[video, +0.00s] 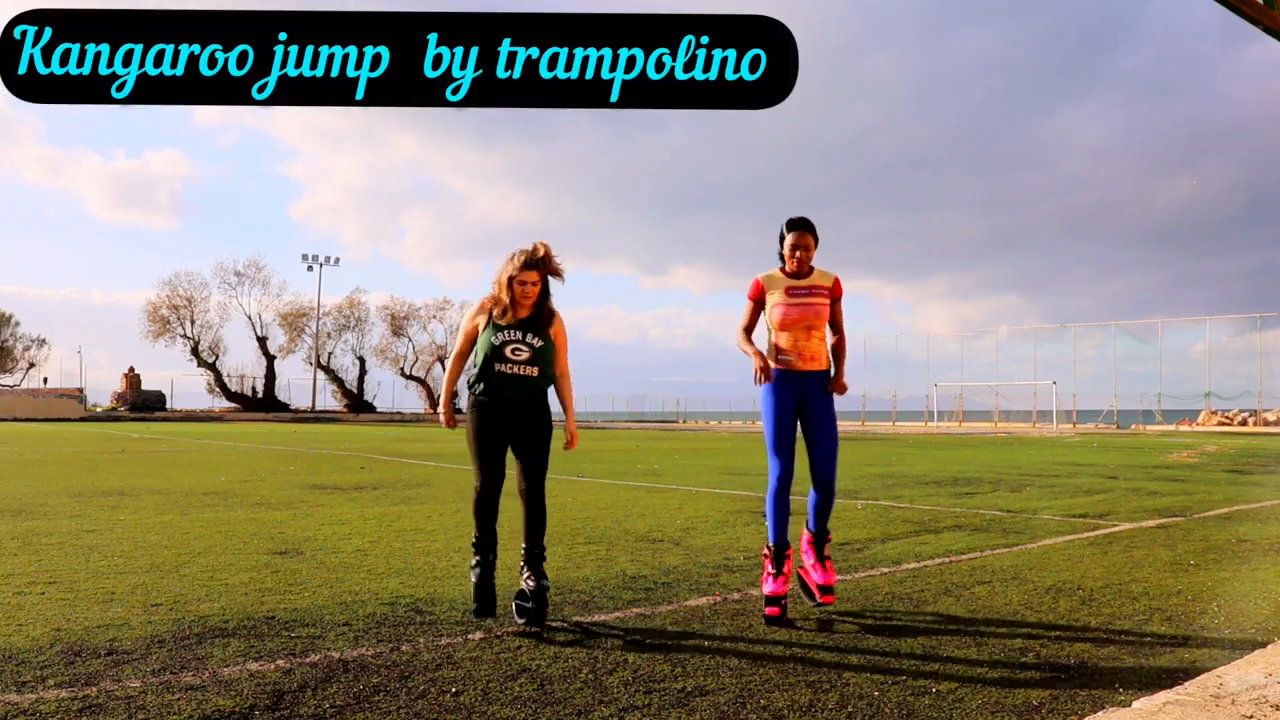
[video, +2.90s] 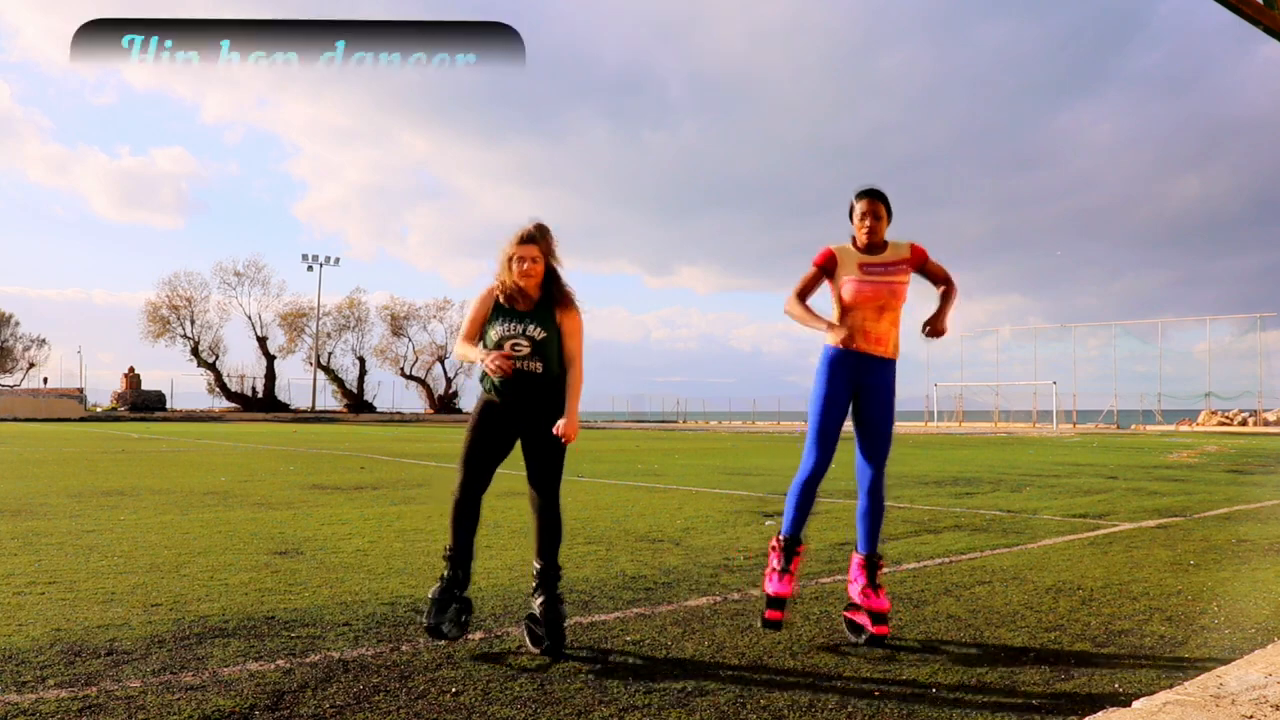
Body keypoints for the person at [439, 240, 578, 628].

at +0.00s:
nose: (528, 290)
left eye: (535, 284)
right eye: (522, 282)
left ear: (543, 285)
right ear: (507, 281)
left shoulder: (551, 320)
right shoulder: (483, 313)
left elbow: (561, 371)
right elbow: (458, 357)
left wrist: (570, 418)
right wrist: (446, 398)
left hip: (533, 414)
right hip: (486, 412)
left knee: (533, 491)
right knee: (488, 486)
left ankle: (533, 570)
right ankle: (483, 562)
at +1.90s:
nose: (542, 271)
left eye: (550, 266)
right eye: (535, 264)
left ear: (559, 274)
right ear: (521, 267)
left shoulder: (571, 318)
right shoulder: (497, 308)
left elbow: (596, 371)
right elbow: (470, 361)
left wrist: (617, 413)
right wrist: (456, 411)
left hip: (548, 424)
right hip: (498, 421)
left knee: (547, 513)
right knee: (498, 511)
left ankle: (547, 604)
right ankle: (493, 606)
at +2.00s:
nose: (555, 250)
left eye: (565, 246)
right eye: (549, 242)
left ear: (576, 254)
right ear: (537, 245)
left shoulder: (584, 297)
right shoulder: (511, 281)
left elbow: (609, 342)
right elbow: (477, 330)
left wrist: (612, 356)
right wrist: (451, 378)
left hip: (545, 402)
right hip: (495, 397)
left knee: (546, 493)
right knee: (487, 485)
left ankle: (548, 592)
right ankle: (475, 587)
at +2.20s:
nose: (562, 279)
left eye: (571, 272)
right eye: (556, 270)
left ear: (584, 279)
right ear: (544, 273)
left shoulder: (592, 325)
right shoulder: (522, 308)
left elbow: (616, 383)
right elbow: (483, 353)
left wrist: (621, 355)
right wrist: (446, 398)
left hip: (556, 425)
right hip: (505, 414)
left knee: (551, 514)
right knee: (464, 493)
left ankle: (540, 608)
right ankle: (413, 586)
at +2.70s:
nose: (564, 283)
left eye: (571, 277)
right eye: (557, 276)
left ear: (582, 284)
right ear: (545, 282)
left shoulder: (591, 333)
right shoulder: (521, 316)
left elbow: (607, 386)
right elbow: (482, 364)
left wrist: (622, 393)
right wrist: (445, 410)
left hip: (551, 429)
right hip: (502, 418)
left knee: (545, 515)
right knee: (449, 491)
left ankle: (539, 605)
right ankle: (390, 572)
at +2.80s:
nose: (544, 282)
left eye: (553, 276)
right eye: (538, 274)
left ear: (566, 283)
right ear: (527, 280)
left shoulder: (577, 329)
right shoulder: (506, 316)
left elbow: (582, 380)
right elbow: (476, 366)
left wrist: (578, 426)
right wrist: (477, 401)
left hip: (548, 430)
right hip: (498, 422)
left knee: (543, 516)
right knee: (455, 498)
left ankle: (539, 606)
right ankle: (428, 586)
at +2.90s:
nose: (526, 267)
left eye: (534, 260)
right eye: (519, 260)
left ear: (547, 263)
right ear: (508, 263)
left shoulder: (564, 309)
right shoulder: (492, 298)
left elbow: (574, 364)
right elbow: (462, 345)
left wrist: (571, 413)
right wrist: (484, 355)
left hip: (545, 413)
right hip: (496, 407)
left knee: (545, 500)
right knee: (468, 489)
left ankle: (546, 595)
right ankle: (454, 586)